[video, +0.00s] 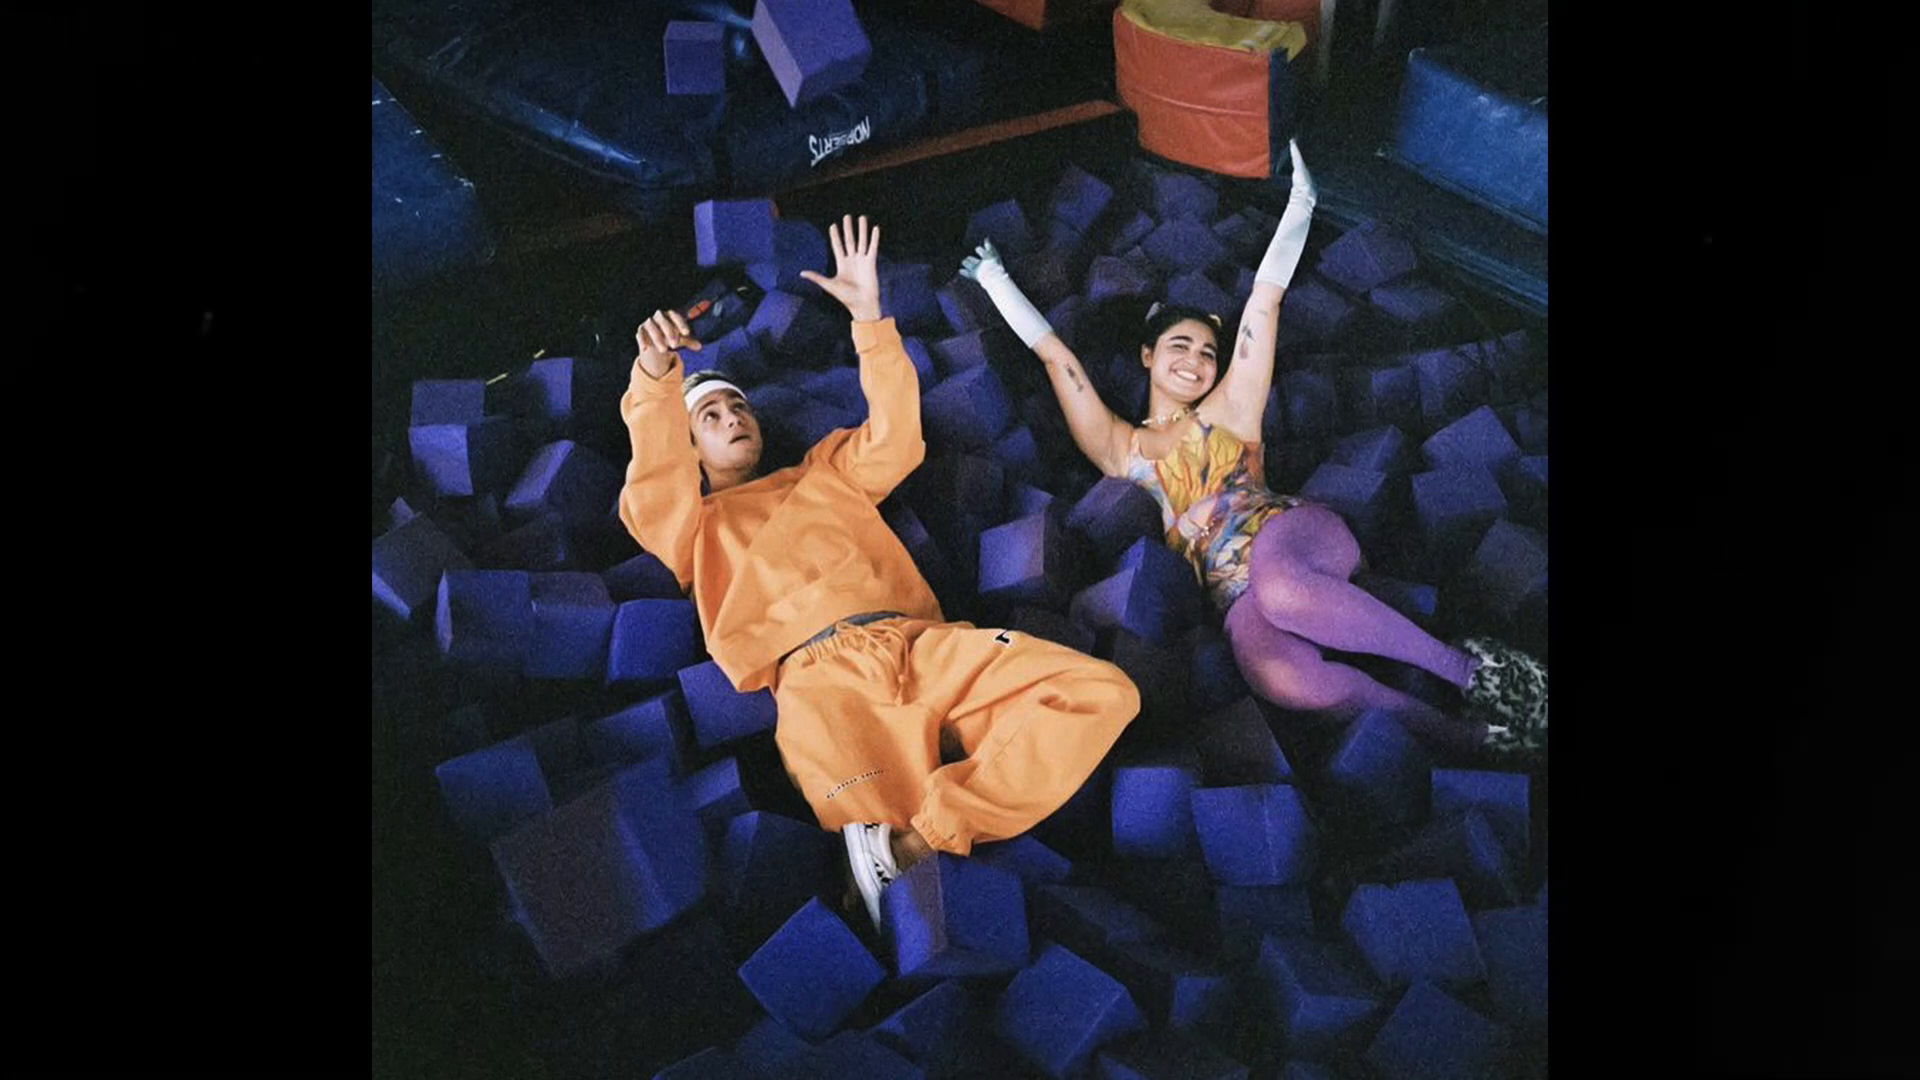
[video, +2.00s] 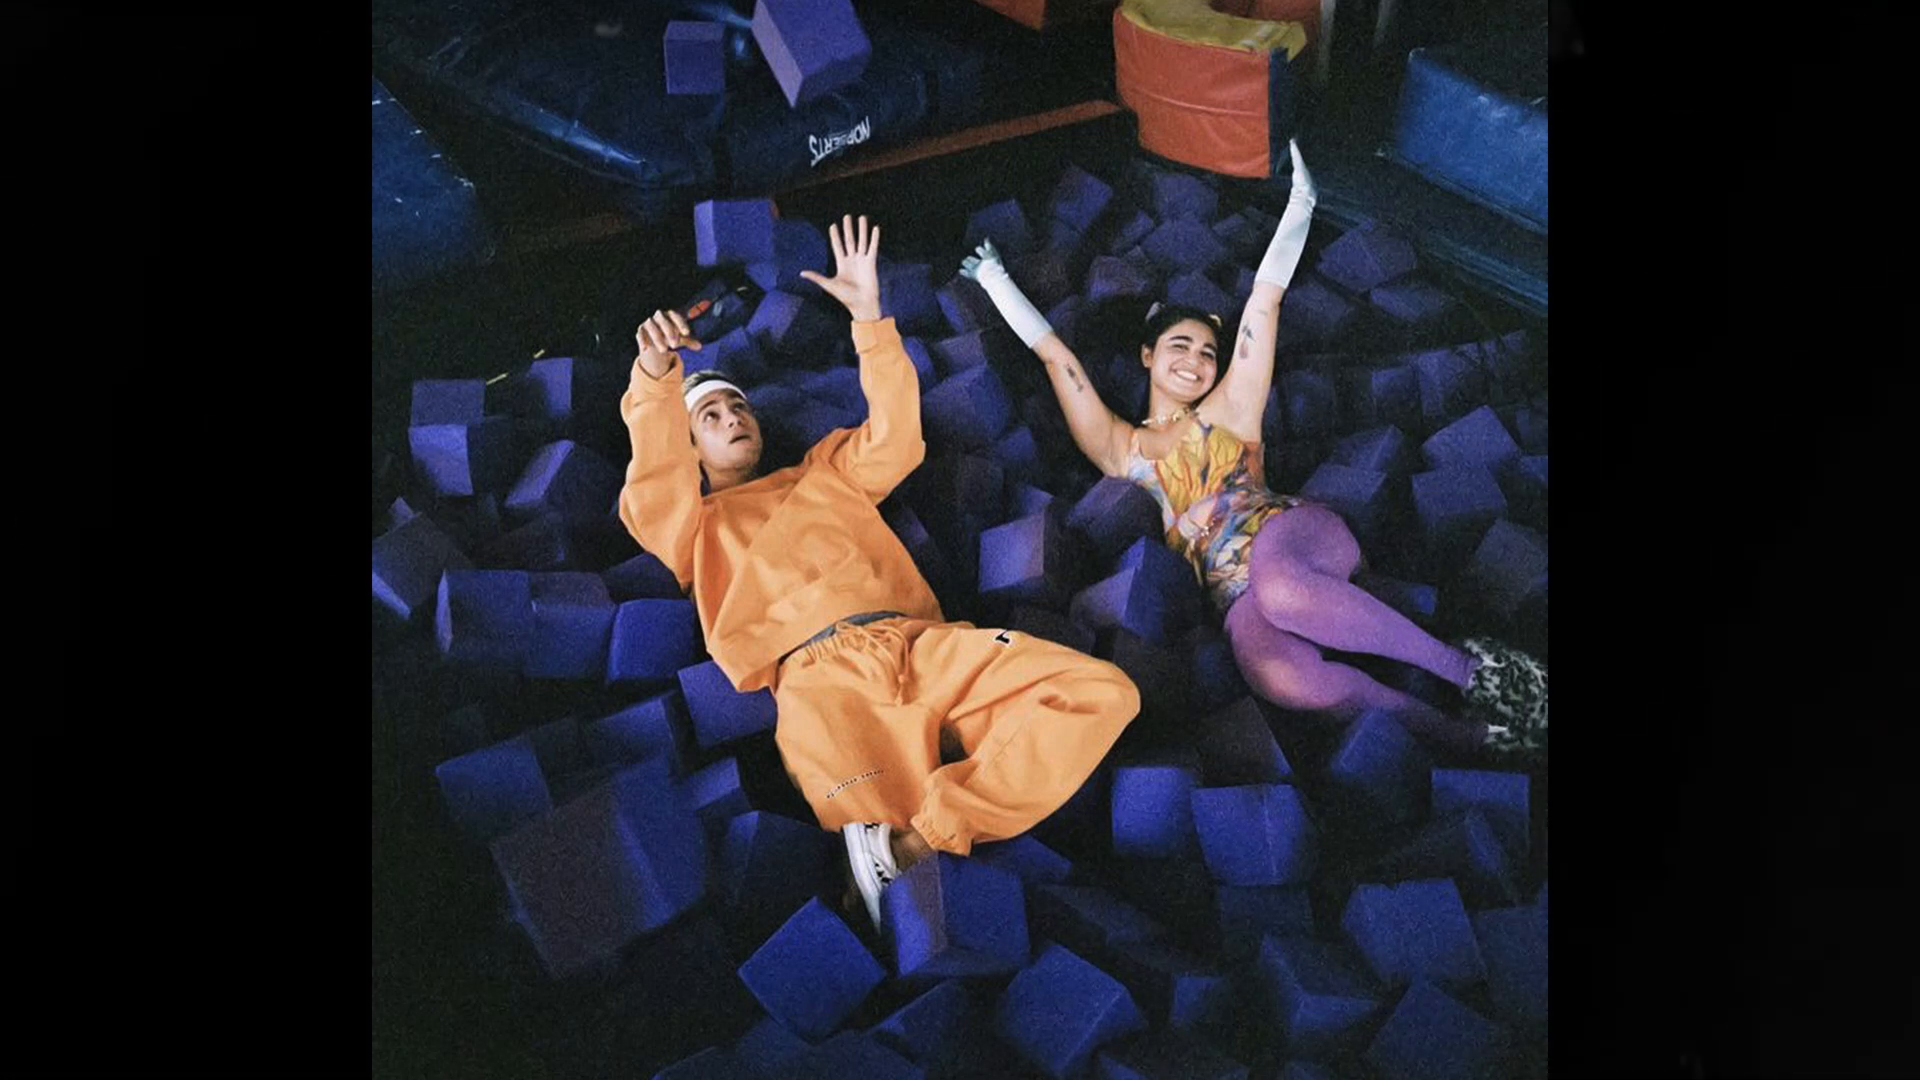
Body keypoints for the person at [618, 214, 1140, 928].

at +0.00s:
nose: (730, 418)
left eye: (738, 407)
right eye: (709, 415)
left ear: (761, 426)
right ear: (688, 449)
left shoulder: (827, 468)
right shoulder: (696, 525)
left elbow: (895, 435)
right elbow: (654, 477)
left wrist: (868, 317)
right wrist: (655, 374)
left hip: (917, 640)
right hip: (819, 673)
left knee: (1094, 693)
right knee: (880, 827)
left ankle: (915, 841)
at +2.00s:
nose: (730, 418)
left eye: (738, 407)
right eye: (709, 415)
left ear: (761, 426)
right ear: (688, 448)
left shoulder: (827, 468)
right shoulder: (695, 525)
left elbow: (895, 436)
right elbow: (654, 477)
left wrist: (868, 317)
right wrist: (655, 373)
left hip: (918, 640)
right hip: (819, 673)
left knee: (1094, 692)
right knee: (880, 827)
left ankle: (917, 841)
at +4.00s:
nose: (731, 418)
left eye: (738, 407)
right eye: (709, 415)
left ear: (760, 425)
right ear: (687, 449)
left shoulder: (827, 468)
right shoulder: (696, 525)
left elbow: (895, 436)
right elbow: (655, 477)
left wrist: (868, 317)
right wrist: (655, 373)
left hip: (918, 641)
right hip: (820, 673)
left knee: (1094, 692)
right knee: (884, 833)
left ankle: (916, 841)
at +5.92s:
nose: (731, 418)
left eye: (738, 407)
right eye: (709, 415)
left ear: (760, 425)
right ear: (688, 449)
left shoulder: (827, 468)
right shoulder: (696, 525)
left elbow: (895, 436)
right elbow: (655, 477)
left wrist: (868, 317)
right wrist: (655, 373)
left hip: (918, 640)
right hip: (820, 673)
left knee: (1094, 692)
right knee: (883, 831)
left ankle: (916, 841)